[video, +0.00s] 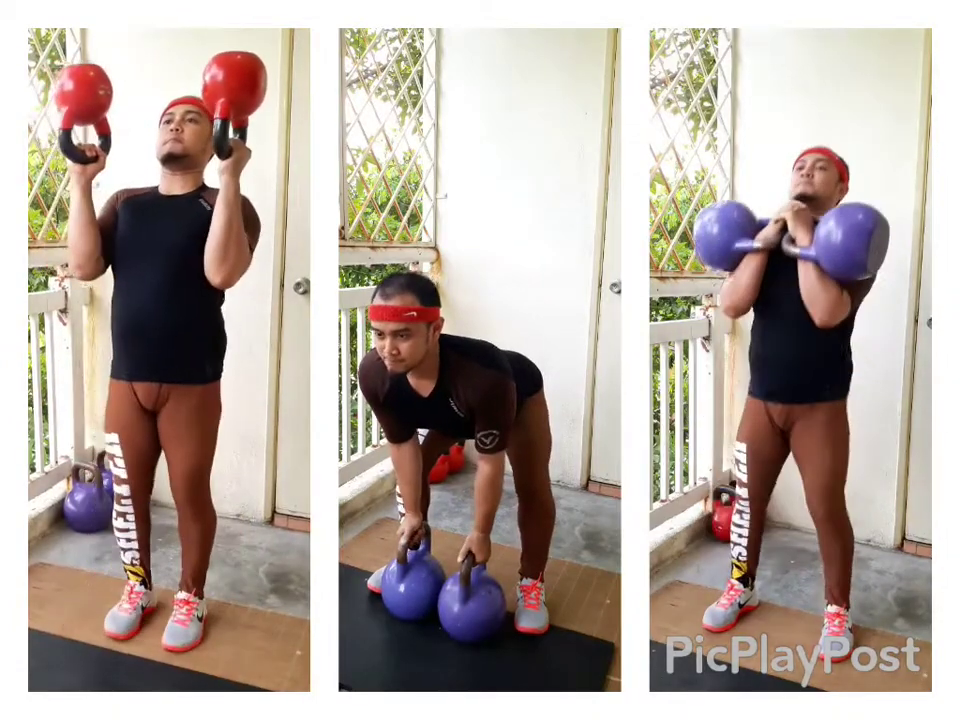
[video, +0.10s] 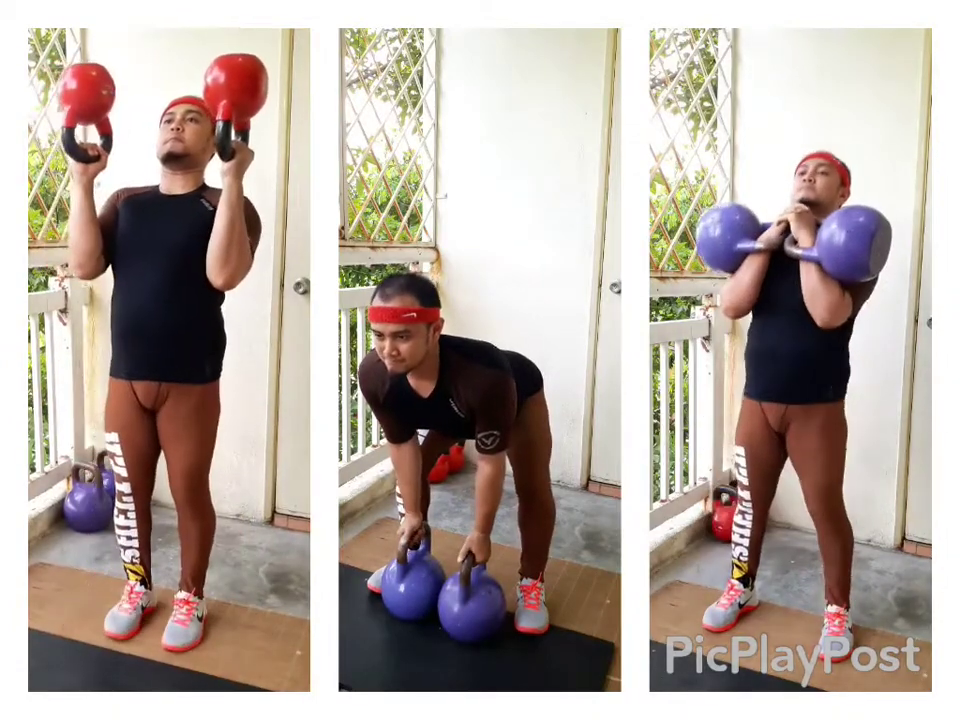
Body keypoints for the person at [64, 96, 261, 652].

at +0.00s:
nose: (174, 127)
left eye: (190, 121)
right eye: (167, 121)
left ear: (213, 140)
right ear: (156, 140)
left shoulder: (231, 207)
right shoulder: (125, 202)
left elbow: (222, 272)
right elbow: (84, 266)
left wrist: (228, 179)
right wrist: (82, 182)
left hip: (191, 379)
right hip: (126, 375)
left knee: (189, 493)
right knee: (131, 490)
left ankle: (190, 597)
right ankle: (136, 586)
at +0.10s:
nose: (175, 127)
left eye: (190, 120)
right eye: (168, 121)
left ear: (214, 140)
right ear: (157, 140)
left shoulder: (232, 208)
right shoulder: (125, 202)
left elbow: (224, 274)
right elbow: (84, 265)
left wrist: (232, 179)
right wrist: (84, 181)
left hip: (191, 378)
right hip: (125, 374)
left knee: (189, 492)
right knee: (131, 490)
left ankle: (190, 597)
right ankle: (135, 587)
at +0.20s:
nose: (178, 126)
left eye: (193, 120)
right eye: (170, 120)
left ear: (216, 140)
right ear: (159, 139)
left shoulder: (234, 209)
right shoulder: (126, 200)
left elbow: (224, 274)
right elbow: (86, 264)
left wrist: (231, 180)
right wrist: (87, 177)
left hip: (191, 377)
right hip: (125, 373)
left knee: (189, 493)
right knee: (131, 490)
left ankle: (189, 597)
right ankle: (136, 586)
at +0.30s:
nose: (181, 126)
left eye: (195, 119)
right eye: (173, 120)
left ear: (219, 139)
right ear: (162, 138)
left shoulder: (238, 209)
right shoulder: (129, 199)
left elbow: (226, 274)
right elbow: (89, 263)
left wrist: (232, 182)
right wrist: (90, 178)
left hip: (193, 378)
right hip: (128, 374)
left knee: (189, 493)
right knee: (132, 490)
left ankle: (190, 596)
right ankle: (136, 586)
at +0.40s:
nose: (184, 126)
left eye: (198, 119)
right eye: (176, 120)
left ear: (222, 138)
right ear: (165, 140)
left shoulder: (242, 207)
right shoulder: (134, 200)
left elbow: (230, 273)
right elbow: (92, 264)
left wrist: (235, 180)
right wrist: (93, 180)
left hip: (199, 379)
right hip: (133, 375)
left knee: (193, 494)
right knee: (132, 492)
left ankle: (190, 597)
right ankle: (136, 587)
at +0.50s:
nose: (187, 126)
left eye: (201, 119)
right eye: (179, 120)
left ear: (226, 138)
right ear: (167, 140)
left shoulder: (246, 205)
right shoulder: (138, 201)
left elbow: (234, 272)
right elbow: (97, 266)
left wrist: (235, 182)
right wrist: (96, 183)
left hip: (206, 381)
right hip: (140, 377)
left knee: (197, 496)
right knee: (132, 492)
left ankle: (190, 596)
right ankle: (138, 584)